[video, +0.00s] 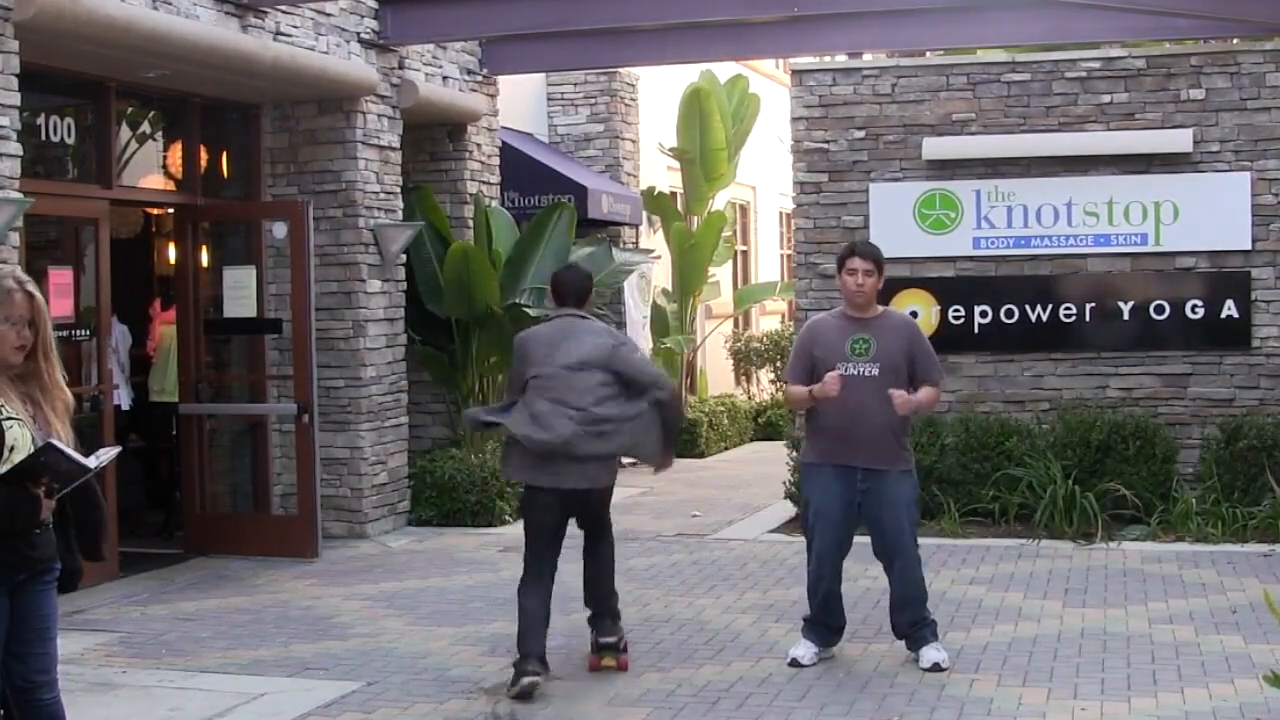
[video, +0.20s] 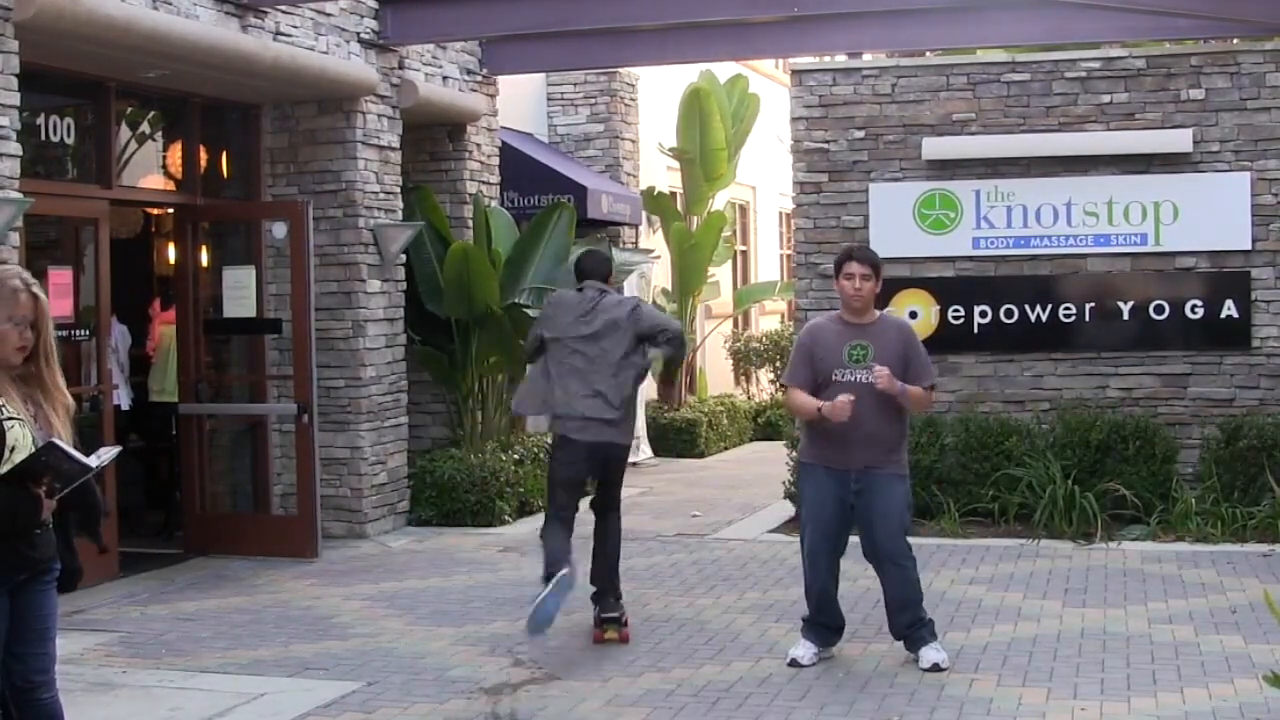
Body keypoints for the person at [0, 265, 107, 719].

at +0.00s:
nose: (21, 334)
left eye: (28, 323)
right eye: (10, 322)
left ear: (38, 330)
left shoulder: (44, 395)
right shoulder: (3, 398)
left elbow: (62, 473)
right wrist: (28, 505)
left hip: (36, 563)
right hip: (4, 564)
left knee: (37, 695)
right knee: (12, 696)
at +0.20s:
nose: (25, 335)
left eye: (31, 324)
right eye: (13, 323)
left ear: (39, 329)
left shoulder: (43, 394)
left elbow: (63, 470)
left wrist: (67, 490)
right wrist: (25, 506)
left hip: (37, 562)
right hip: (2, 564)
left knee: (36, 692)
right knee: (8, 694)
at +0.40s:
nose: (29, 336)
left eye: (35, 325)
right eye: (18, 323)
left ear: (42, 329)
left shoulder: (42, 394)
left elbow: (61, 470)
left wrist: (50, 499)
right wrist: (25, 505)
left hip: (36, 562)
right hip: (6, 563)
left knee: (36, 692)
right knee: (14, 693)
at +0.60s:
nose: (30, 335)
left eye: (35, 325)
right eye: (19, 323)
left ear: (41, 329)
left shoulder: (42, 393)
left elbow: (61, 471)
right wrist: (27, 506)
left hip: (36, 561)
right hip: (2, 564)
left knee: (37, 692)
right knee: (9, 693)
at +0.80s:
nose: (26, 332)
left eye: (32, 323)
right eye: (15, 320)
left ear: (39, 328)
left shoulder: (40, 392)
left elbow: (58, 469)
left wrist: (58, 492)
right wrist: (27, 506)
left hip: (35, 560)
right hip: (4, 562)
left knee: (36, 691)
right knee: (14, 692)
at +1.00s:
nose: (20, 329)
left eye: (27, 320)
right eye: (11, 317)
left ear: (34, 326)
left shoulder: (36, 389)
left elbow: (57, 464)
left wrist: (61, 486)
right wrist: (28, 505)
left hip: (36, 558)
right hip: (2, 560)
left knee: (36, 690)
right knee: (9, 692)